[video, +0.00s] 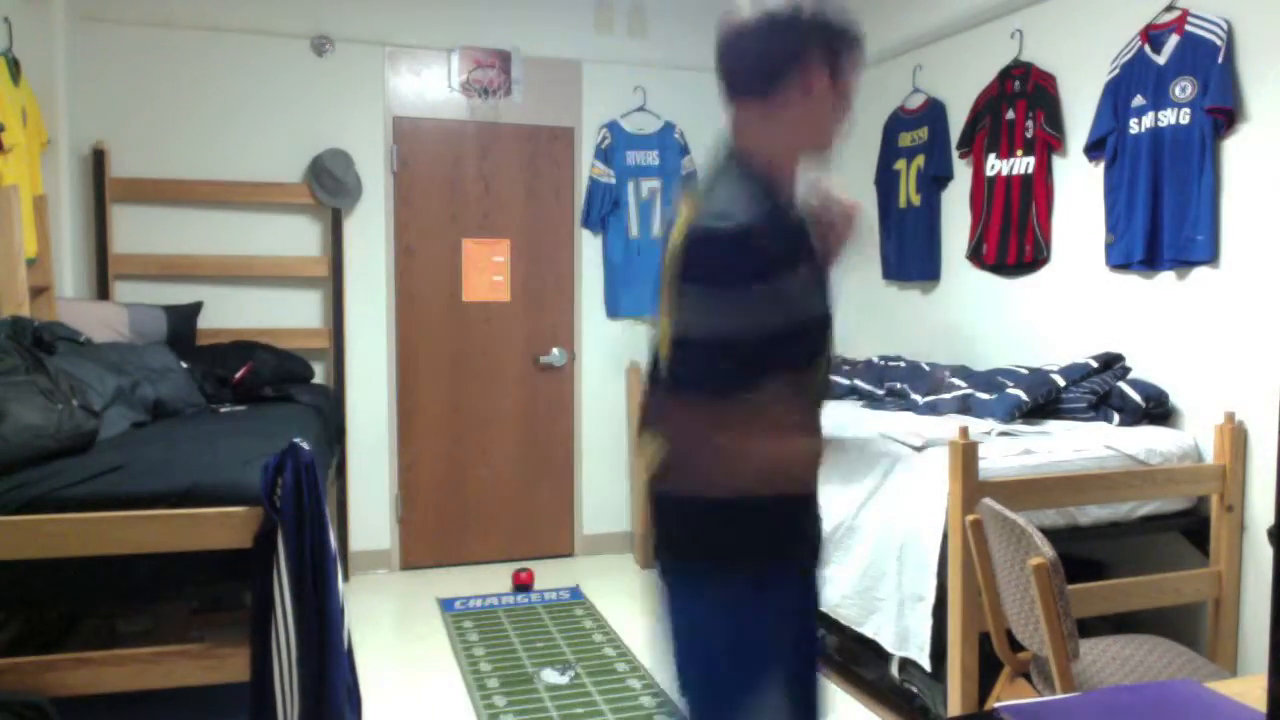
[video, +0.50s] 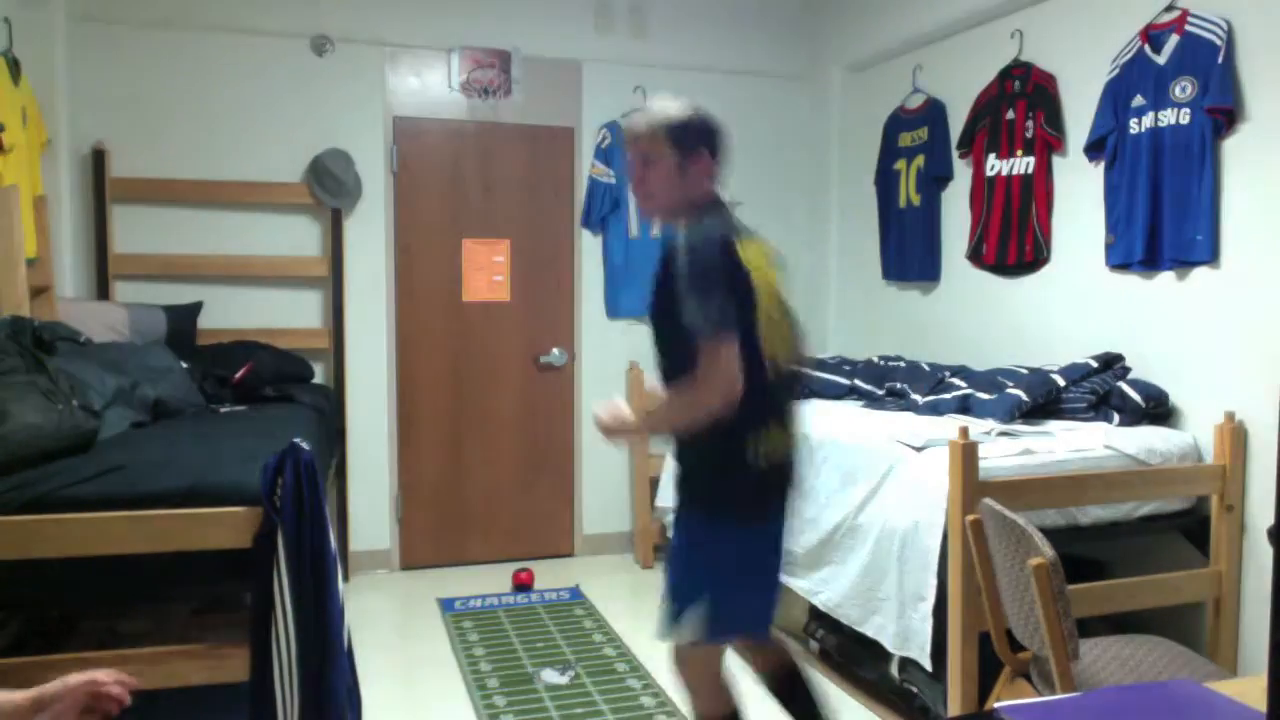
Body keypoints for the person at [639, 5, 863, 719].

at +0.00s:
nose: (845, 110)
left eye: (843, 90)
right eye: (837, 89)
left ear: (788, 88)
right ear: (800, 84)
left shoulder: (768, 208)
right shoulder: (728, 224)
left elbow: (762, 342)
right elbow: (696, 408)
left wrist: (814, 256)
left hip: (771, 529)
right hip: (724, 539)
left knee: (786, 701)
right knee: (738, 704)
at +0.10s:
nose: (859, 72)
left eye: (857, 53)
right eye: (856, 51)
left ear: (755, 55)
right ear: (827, 49)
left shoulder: (694, 163)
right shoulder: (847, 163)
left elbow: (651, 329)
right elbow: (868, 347)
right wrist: (808, 311)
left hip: (689, 476)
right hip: (789, 480)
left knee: (715, 669)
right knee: (801, 684)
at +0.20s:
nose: (834, 105)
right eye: (834, 90)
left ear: (746, 100)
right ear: (829, 97)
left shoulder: (689, 206)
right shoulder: (868, 217)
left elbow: (641, 352)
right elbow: (904, 374)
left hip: (699, 496)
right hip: (809, 499)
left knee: (691, 674)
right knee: (828, 692)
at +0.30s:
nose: (710, 202)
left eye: (713, 190)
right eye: (714, 189)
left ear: (728, 197)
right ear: (788, 197)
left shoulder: (702, 296)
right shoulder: (843, 295)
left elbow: (701, 459)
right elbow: (879, 434)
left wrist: (670, 461)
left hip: (747, 561)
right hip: (835, 556)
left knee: (666, 677)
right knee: (838, 696)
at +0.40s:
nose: (675, 209)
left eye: (682, 195)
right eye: (675, 194)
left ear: (718, 199)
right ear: (732, 200)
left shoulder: (704, 290)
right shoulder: (811, 283)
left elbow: (714, 443)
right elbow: (843, 406)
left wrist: (663, 462)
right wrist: (774, 425)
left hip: (746, 532)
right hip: (820, 521)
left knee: (679, 681)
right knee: (804, 671)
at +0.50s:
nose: (635, 180)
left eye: (648, 163)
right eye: (633, 164)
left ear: (698, 164)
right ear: (691, 168)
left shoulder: (698, 245)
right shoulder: (728, 235)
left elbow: (720, 384)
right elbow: (777, 361)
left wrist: (639, 419)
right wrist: (669, 407)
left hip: (721, 478)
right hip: (759, 469)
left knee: (695, 656)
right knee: (749, 631)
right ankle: (815, 714)